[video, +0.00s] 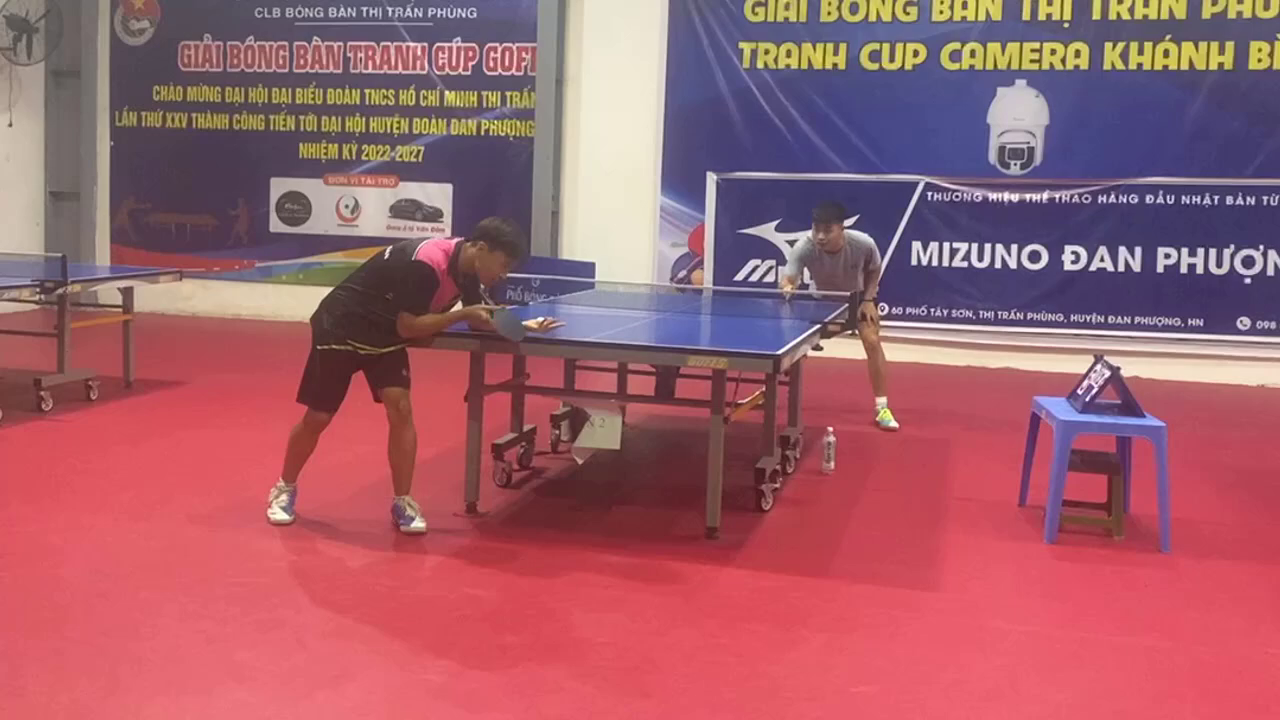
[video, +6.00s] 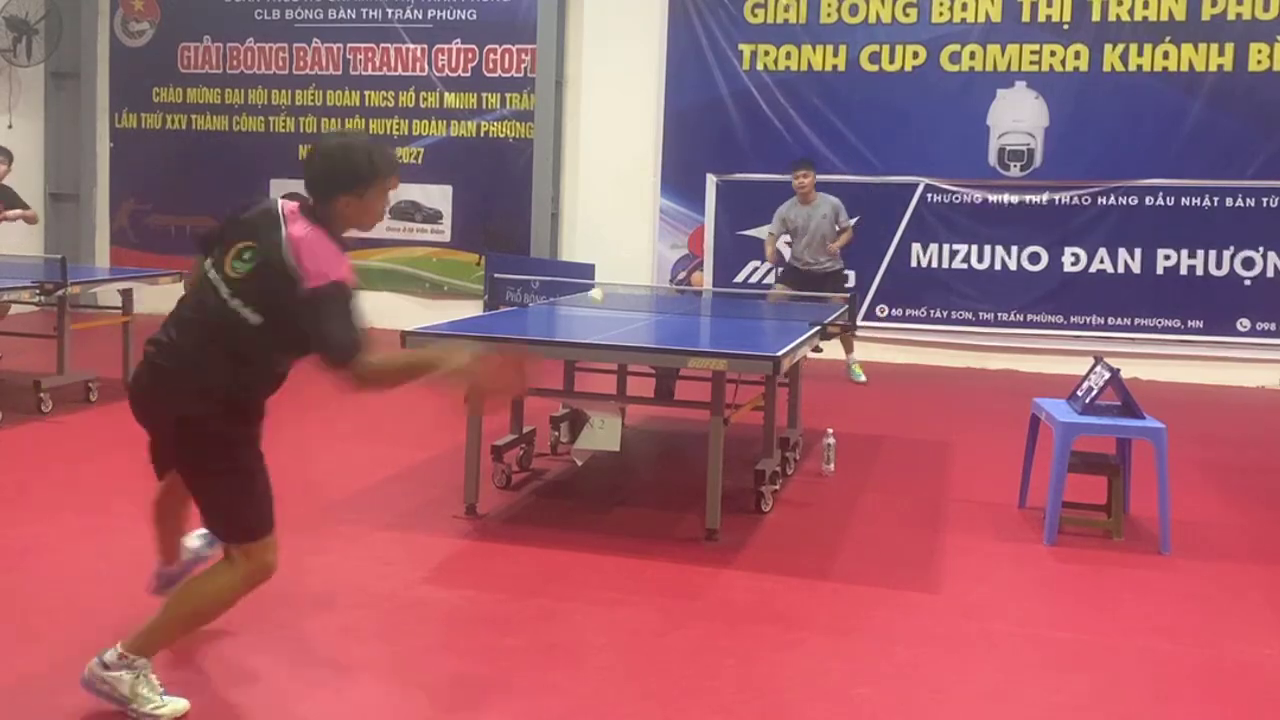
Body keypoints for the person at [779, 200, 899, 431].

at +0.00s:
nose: (821, 236)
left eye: (827, 231)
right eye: (817, 230)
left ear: (841, 228)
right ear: (812, 228)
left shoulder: (864, 245)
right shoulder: (804, 248)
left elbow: (874, 271)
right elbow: (789, 278)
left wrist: (869, 300)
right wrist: (788, 287)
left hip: (859, 302)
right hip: (824, 304)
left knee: (872, 341)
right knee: (793, 335)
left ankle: (882, 406)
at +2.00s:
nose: (809, 214)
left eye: (815, 208)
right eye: (804, 209)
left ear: (824, 207)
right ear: (795, 208)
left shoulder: (831, 219)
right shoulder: (786, 237)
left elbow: (838, 243)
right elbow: (779, 276)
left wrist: (857, 236)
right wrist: (798, 275)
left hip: (818, 304)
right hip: (783, 304)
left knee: (853, 350)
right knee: (770, 350)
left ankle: (868, 404)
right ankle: (760, 405)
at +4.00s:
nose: (768, 212)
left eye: (772, 207)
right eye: (764, 208)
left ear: (786, 206)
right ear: (761, 209)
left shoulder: (808, 227)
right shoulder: (759, 234)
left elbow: (824, 256)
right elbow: (742, 260)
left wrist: (827, 266)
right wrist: (732, 262)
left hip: (806, 295)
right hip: (770, 295)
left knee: (828, 334)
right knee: (736, 326)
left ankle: (838, 388)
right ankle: (722, 380)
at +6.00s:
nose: (801, 181)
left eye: (805, 177)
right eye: (797, 178)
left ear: (814, 179)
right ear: (792, 182)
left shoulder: (832, 204)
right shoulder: (785, 210)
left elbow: (848, 230)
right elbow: (772, 236)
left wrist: (838, 244)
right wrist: (771, 252)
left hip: (830, 271)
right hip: (797, 269)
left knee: (841, 314)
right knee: (773, 301)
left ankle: (851, 361)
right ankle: (782, 353)